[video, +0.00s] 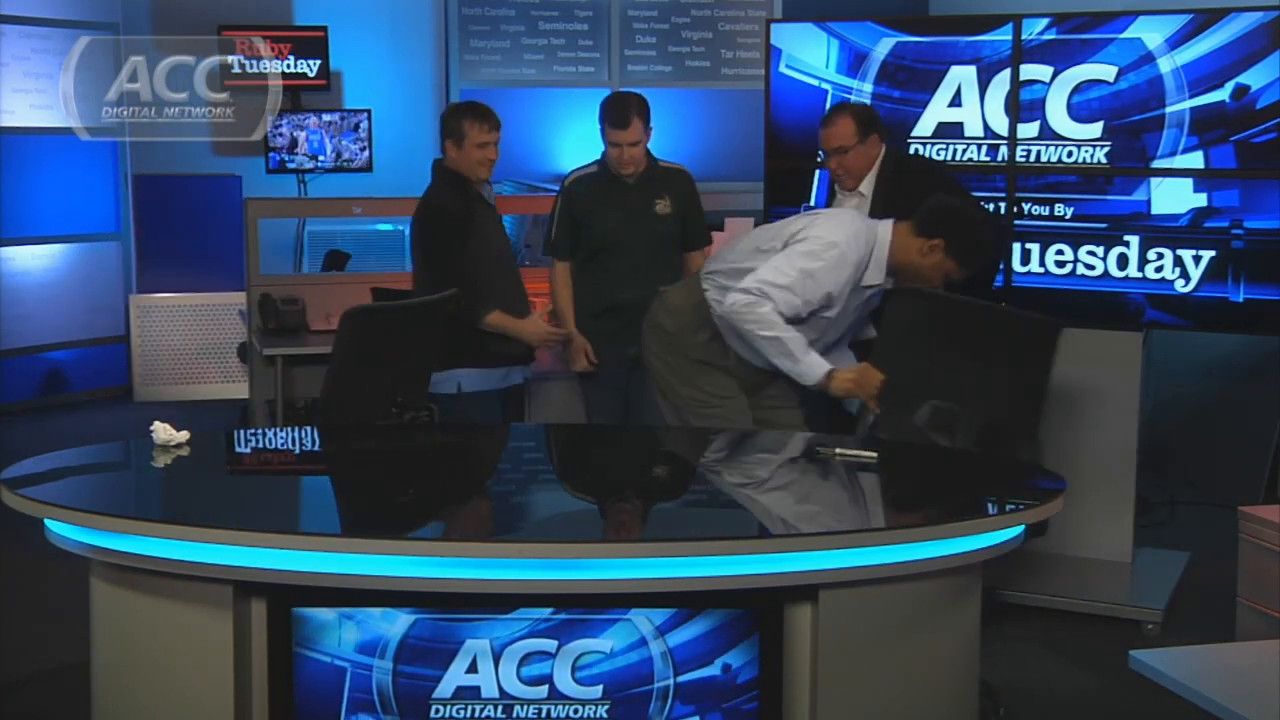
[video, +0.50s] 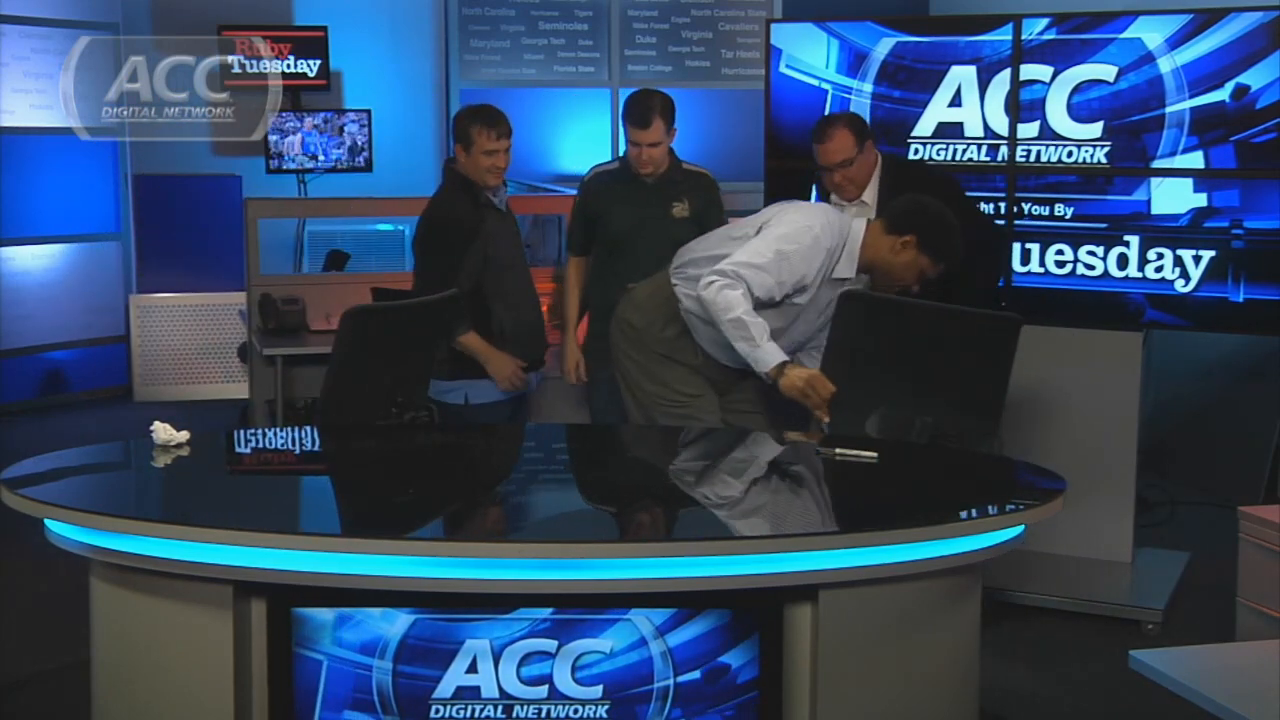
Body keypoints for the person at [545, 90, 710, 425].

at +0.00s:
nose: (624, 155)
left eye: (633, 145)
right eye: (614, 145)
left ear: (648, 133)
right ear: (603, 136)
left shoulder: (677, 182)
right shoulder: (576, 187)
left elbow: (695, 259)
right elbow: (561, 266)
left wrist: (693, 327)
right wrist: (571, 334)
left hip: (662, 341)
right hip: (599, 344)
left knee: (659, 445)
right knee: (607, 446)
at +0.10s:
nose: (627, 155)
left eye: (637, 144)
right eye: (618, 145)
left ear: (652, 133)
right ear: (607, 135)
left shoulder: (682, 182)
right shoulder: (580, 186)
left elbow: (702, 257)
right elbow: (563, 264)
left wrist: (702, 326)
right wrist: (573, 333)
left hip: (667, 338)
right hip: (602, 342)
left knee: (665, 444)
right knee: (609, 445)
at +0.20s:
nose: (632, 155)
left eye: (642, 145)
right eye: (623, 145)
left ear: (657, 134)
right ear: (612, 134)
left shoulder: (687, 183)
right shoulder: (584, 185)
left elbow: (707, 259)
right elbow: (566, 264)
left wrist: (704, 329)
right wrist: (571, 334)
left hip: (669, 341)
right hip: (603, 343)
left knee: (667, 446)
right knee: (609, 447)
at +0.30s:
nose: (636, 155)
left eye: (646, 145)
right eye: (627, 145)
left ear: (663, 135)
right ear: (616, 135)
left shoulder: (692, 184)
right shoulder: (589, 185)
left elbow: (711, 260)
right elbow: (570, 262)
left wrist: (709, 334)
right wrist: (569, 339)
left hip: (674, 341)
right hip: (606, 345)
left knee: (672, 448)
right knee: (612, 448)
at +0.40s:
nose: (639, 155)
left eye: (649, 145)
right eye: (630, 145)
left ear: (668, 135)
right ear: (621, 135)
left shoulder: (696, 185)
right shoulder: (593, 185)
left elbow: (715, 261)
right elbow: (573, 262)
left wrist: (712, 336)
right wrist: (568, 340)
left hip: (675, 341)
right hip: (607, 344)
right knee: (613, 449)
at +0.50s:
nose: (643, 155)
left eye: (653, 145)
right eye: (634, 145)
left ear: (672, 136)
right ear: (625, 133)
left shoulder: (699, 186)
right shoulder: (597, 185)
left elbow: (718, 263)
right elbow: (577, 263)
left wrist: (716, 340)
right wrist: (569, 340)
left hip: (679, 344)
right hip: (610, 347)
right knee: (616, 454)